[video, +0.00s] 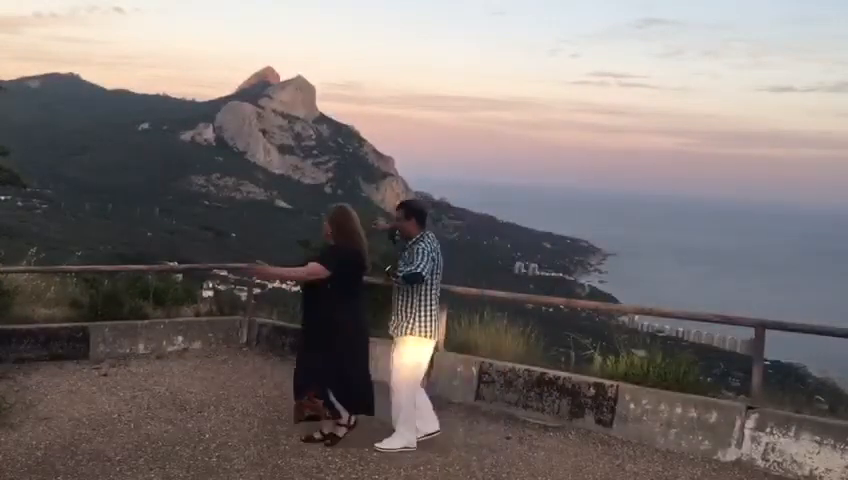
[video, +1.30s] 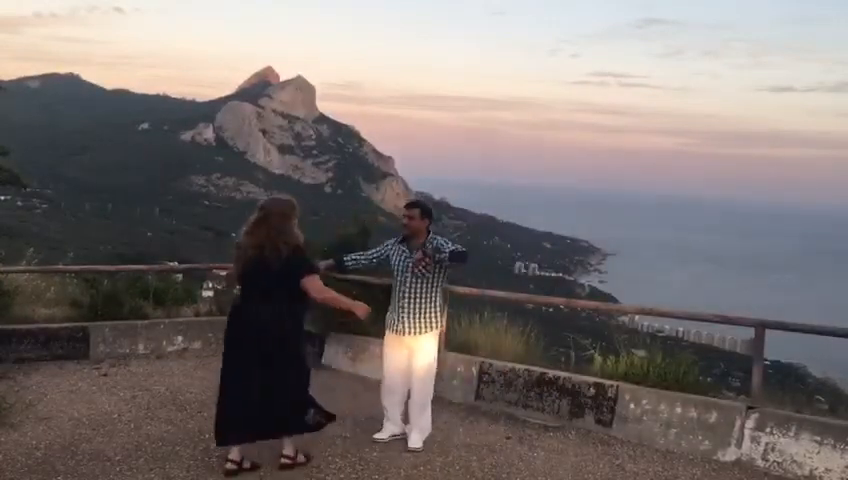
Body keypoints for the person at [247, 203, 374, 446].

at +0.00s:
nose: (324, 228)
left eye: (327, 223)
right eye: (325, 223)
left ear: (335, 227)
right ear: (350, 226)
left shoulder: (343, 254)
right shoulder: (342, 253)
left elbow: (309, 273)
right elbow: (311, 274)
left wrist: (271, 272)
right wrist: (275, 273)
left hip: (337, 330)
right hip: (328, 328)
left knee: (325, 375)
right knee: (318, 376)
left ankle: (345, 417)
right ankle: (327, 426)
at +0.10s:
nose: (320, 229)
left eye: (322, 225)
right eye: (321, 224)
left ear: (327, 229)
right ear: (348, 228)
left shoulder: (328, 255)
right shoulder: (349, 256)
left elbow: (294, 274)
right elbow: (305, 272)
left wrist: (256, 275)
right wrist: (272, 269)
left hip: (320, 330)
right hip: (342, 330)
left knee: (299, 380)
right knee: (322, 380)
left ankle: (318, 428)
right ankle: (328, 427)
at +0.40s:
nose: (291, 224)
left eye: (294, 220)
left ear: (298, 224)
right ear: (331, 227)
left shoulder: (289, 251)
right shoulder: (336, 257)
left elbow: (256, 269)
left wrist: (221, 273)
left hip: (294, 325)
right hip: (330, 327)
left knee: (288, 379)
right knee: (325, 375)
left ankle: (290, 440)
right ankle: (327, 426)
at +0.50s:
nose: (284, 227)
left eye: (287, 222)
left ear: (291, 226)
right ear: (327, 228)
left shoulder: (281, 250)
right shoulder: (334, 257)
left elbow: (248, 267)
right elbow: (345, 291)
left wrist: (218, 273)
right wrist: (322, 285)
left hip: (288, 326)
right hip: (325, 328)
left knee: (286, 381)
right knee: (321, 377)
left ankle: (290, 441)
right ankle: (322, 431)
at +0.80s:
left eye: (277, 222)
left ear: (280, 224)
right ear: (315, 224)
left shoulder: (269, 249)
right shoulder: (325, 251)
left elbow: (241, 264)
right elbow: (341, 289)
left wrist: (220, 262)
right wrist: (352, 314)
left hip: (275, 328)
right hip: (313, 330)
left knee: (282, 373)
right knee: (302, 384)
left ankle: (287, 437)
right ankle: (291, 448)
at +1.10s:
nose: (309, 225)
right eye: (307, 220)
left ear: (270, 221)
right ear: (303, 224)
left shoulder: (257, 253)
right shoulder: (310, 254)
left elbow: (233, 267)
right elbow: (334, 291)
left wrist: (224, 269)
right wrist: (365, 309)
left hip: (262, 333)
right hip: (300, 335)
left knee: (261, 384)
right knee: (298, 387)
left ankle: (254, 442)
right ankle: (289, 451)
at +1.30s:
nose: (298, 226)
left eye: (297, 220)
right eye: (296, 221)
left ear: (260, 220)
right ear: (288, 223)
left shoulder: (247, 251)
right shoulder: (292, 253)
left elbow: (240, 283)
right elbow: (317, 291)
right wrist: (353, 305)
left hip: (244, 332)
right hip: (280, 334)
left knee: (242, 389)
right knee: (289, 388)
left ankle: (234, 455)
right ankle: (288, 450)